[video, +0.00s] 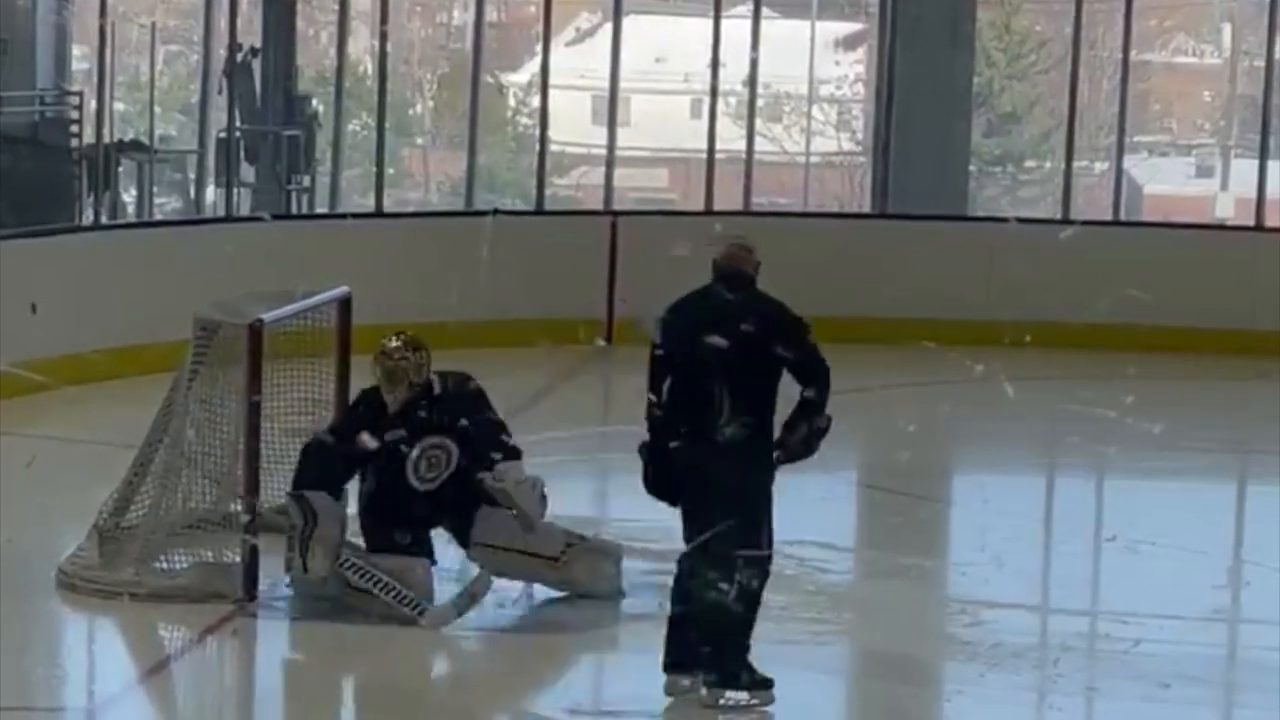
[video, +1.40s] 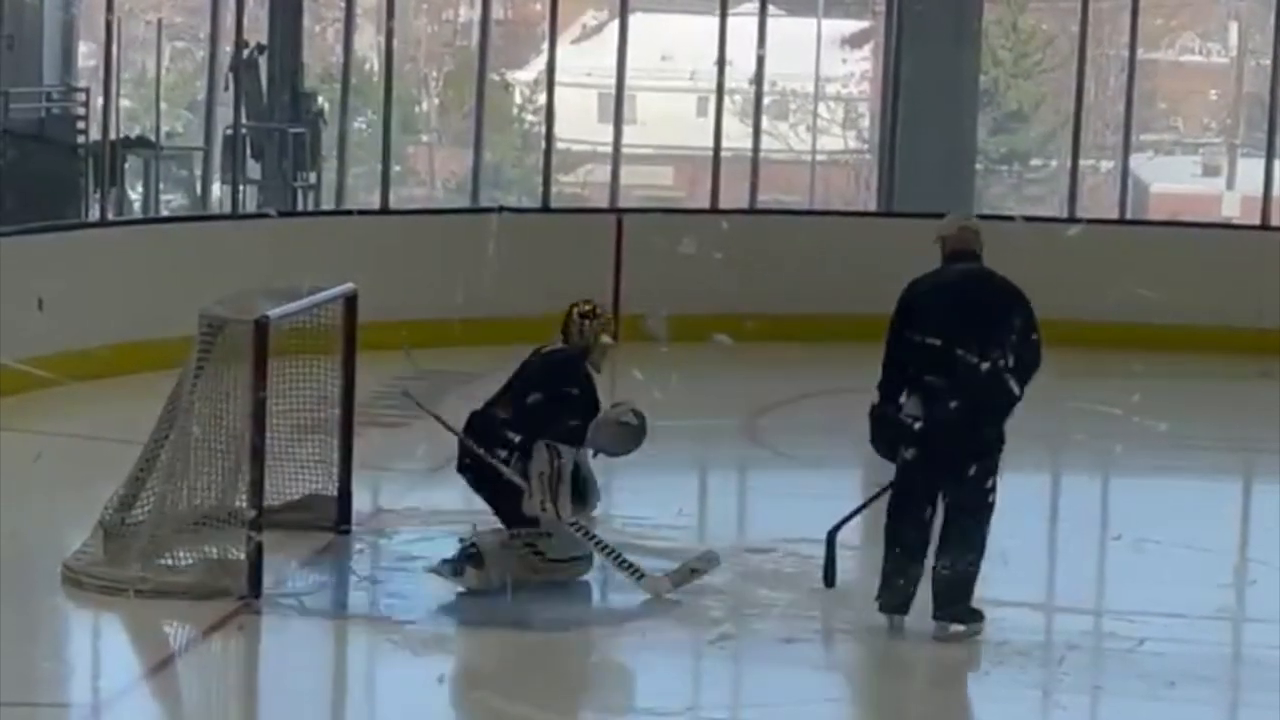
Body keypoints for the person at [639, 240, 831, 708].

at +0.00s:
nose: (748, 272)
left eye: (737, 265)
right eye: (750, 267)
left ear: (713, 271)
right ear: (755, 273)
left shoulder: (679, 313)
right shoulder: (771, 315)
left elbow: (659, 389)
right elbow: (816, 376)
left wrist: (657, 451)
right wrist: (799, 431)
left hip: (689, 457)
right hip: (745, 460)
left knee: (699, 556)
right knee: (750, 559)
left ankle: (683, 663)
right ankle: (730, 665)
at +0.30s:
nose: (774, 270)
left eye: (762, 262)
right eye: (780, 264)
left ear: (747, 268)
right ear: (789, 270)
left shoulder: (717, 313)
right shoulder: (809, 314)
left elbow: (698, 391)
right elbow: (834, 385)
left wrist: (697, 455)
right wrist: (808, 434)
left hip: (734, 454)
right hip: (787, 457)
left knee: (738, 545)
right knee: (793, 552)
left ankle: (724, 647)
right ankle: (796, 665)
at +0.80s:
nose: (840, 262)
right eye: (847, 256)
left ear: (810, 254)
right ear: (849, 257)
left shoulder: (780, 292)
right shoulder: (868, 300)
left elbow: (754, 362)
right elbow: (875, 371)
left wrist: (746, 421)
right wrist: (861, 420)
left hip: (788, 430)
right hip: (844, 436)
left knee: (786, 521)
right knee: (842, 529)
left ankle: (771, 621)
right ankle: (839, 630)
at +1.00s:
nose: (877, 261)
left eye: (868, 252)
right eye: (886, 254)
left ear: (852, 255)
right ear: (890, 258)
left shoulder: (821, 294)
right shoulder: (910, 301)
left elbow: (796, 364)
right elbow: (926, 365)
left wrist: (787, 422)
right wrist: (909, 415)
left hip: (832, 427)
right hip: (888, 433)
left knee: (814, 517)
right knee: (884, 526)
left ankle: (789, 609)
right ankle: (874, 618)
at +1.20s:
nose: (916, 261)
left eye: (908, 253)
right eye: (928, 254)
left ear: (899, 253)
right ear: (938, 255)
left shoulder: (876, 293)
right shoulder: (965, 300)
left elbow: (852, 363)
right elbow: (978, 366)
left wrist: (839, 420)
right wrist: (954, 416)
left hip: (880, 427)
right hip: (938, 435)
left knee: (855, 511)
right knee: (928, 523)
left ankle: (818, 602)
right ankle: (910, 616)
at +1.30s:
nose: (927, 258)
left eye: (923, 251)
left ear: (922, 251)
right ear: (960, 252)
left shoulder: (899, 292)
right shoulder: (988, 297)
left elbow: (874, 365)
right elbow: (1004, 365)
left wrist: (863, 423)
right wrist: (973, 415)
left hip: (901, 426)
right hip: (957, 432)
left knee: (882, 509)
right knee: (948, 522)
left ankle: (853, 597)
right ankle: (930, 612)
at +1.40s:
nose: (943, 255)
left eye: (943, 248)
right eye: (952, 248)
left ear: (943, 249)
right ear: (980, 251)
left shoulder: (920, 292)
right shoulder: (1009, 295)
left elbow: (896, 362)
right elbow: (1028, 358)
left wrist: (886, 420)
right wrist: (995, 405)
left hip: (923, 425)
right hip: (977, 429)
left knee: (910, 507)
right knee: (967, 515)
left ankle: (894, 601)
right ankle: (952, 609)